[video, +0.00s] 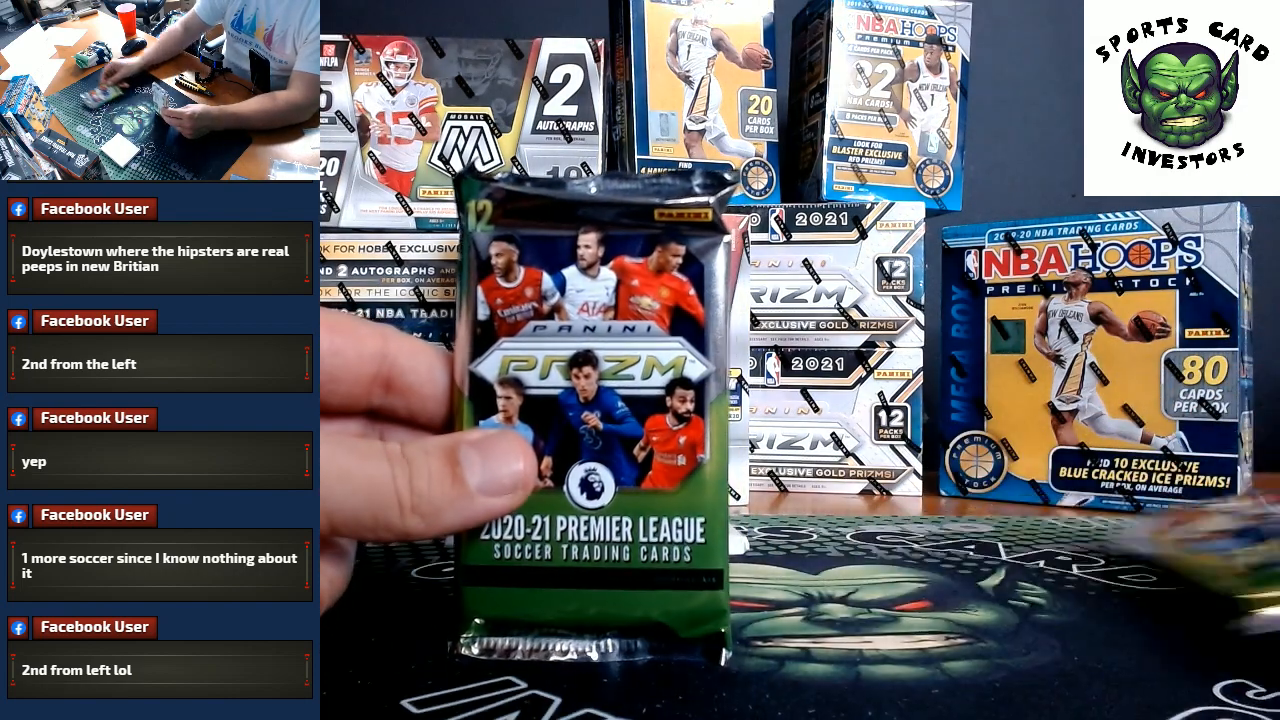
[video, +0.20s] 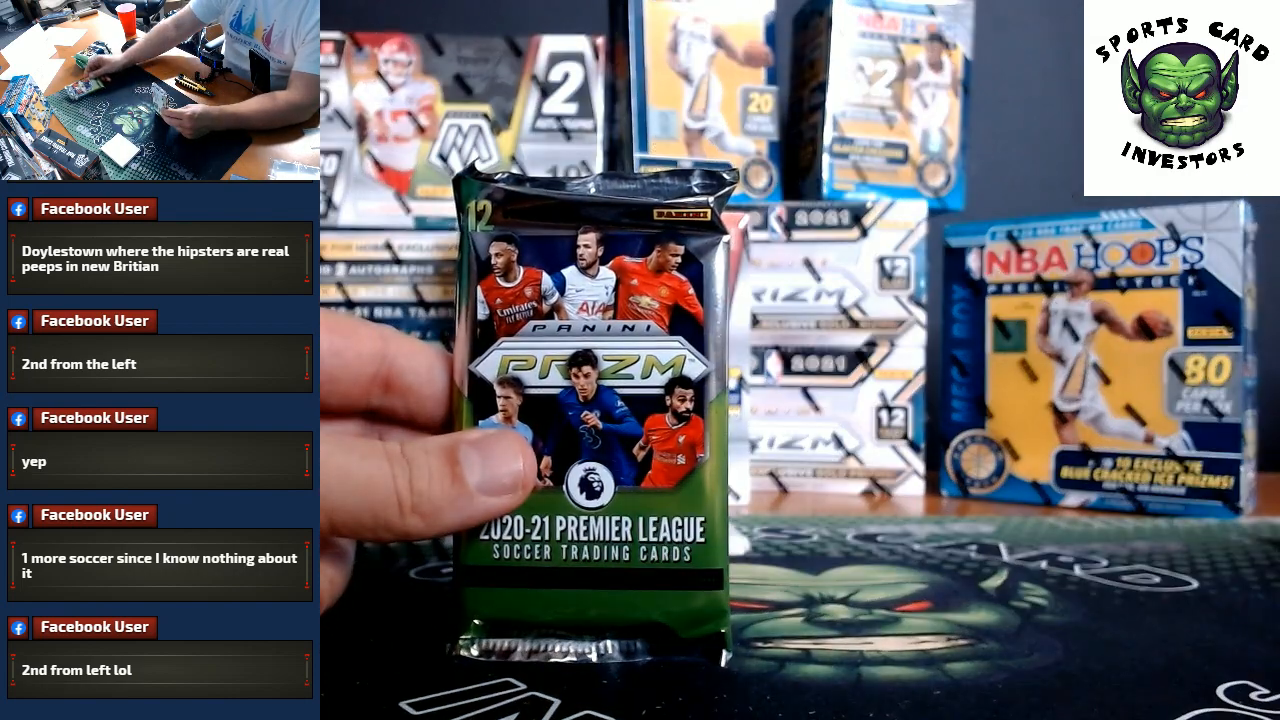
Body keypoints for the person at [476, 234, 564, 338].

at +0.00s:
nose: (493, 262)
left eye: (499, 256)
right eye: (491, 257)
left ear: (514, 255)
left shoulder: (540, 278)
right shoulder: (484, 290)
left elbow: (559, 309)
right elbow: (482, 329)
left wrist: (566, 335)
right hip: (507, 350)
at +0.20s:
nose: (493, 262)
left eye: (498, 256)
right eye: (491, 257)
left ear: (514, 255)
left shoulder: (539, 278)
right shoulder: (483, 290)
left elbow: (560, 309)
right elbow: (477, 328)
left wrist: (566, 335)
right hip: (506, 350)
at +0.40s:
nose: (495, 263)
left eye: (501, 256)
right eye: (493, 257)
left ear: (516, 256)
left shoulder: (541, 278)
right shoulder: (485, 291)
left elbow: (561, 309)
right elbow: (477, 328)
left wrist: (567, 336)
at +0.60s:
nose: (492, 263)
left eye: (498, 256)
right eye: (490, 257)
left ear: (513, 256)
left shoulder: (538, 278)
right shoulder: (482, 291)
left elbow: (559, 309)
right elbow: (477, 329)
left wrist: (567, 337)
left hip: (539, 348)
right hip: (505, 351)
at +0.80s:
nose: (493, 262)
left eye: (499, 256)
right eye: (491, 257)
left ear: (514, 255)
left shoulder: (539, 278)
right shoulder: (484, 290)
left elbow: (560, 309)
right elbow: (478, 329)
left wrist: (568, 336)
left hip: (540, 348)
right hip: (506, 351)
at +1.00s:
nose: (502, 263)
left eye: (508, 257)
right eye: (500, 257)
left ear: (523, 257)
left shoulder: (549, 280)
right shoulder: (492, 291)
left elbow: (570, 311)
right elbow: (489, 332)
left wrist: (577, 341)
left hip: (549, 351)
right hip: (515, 353)